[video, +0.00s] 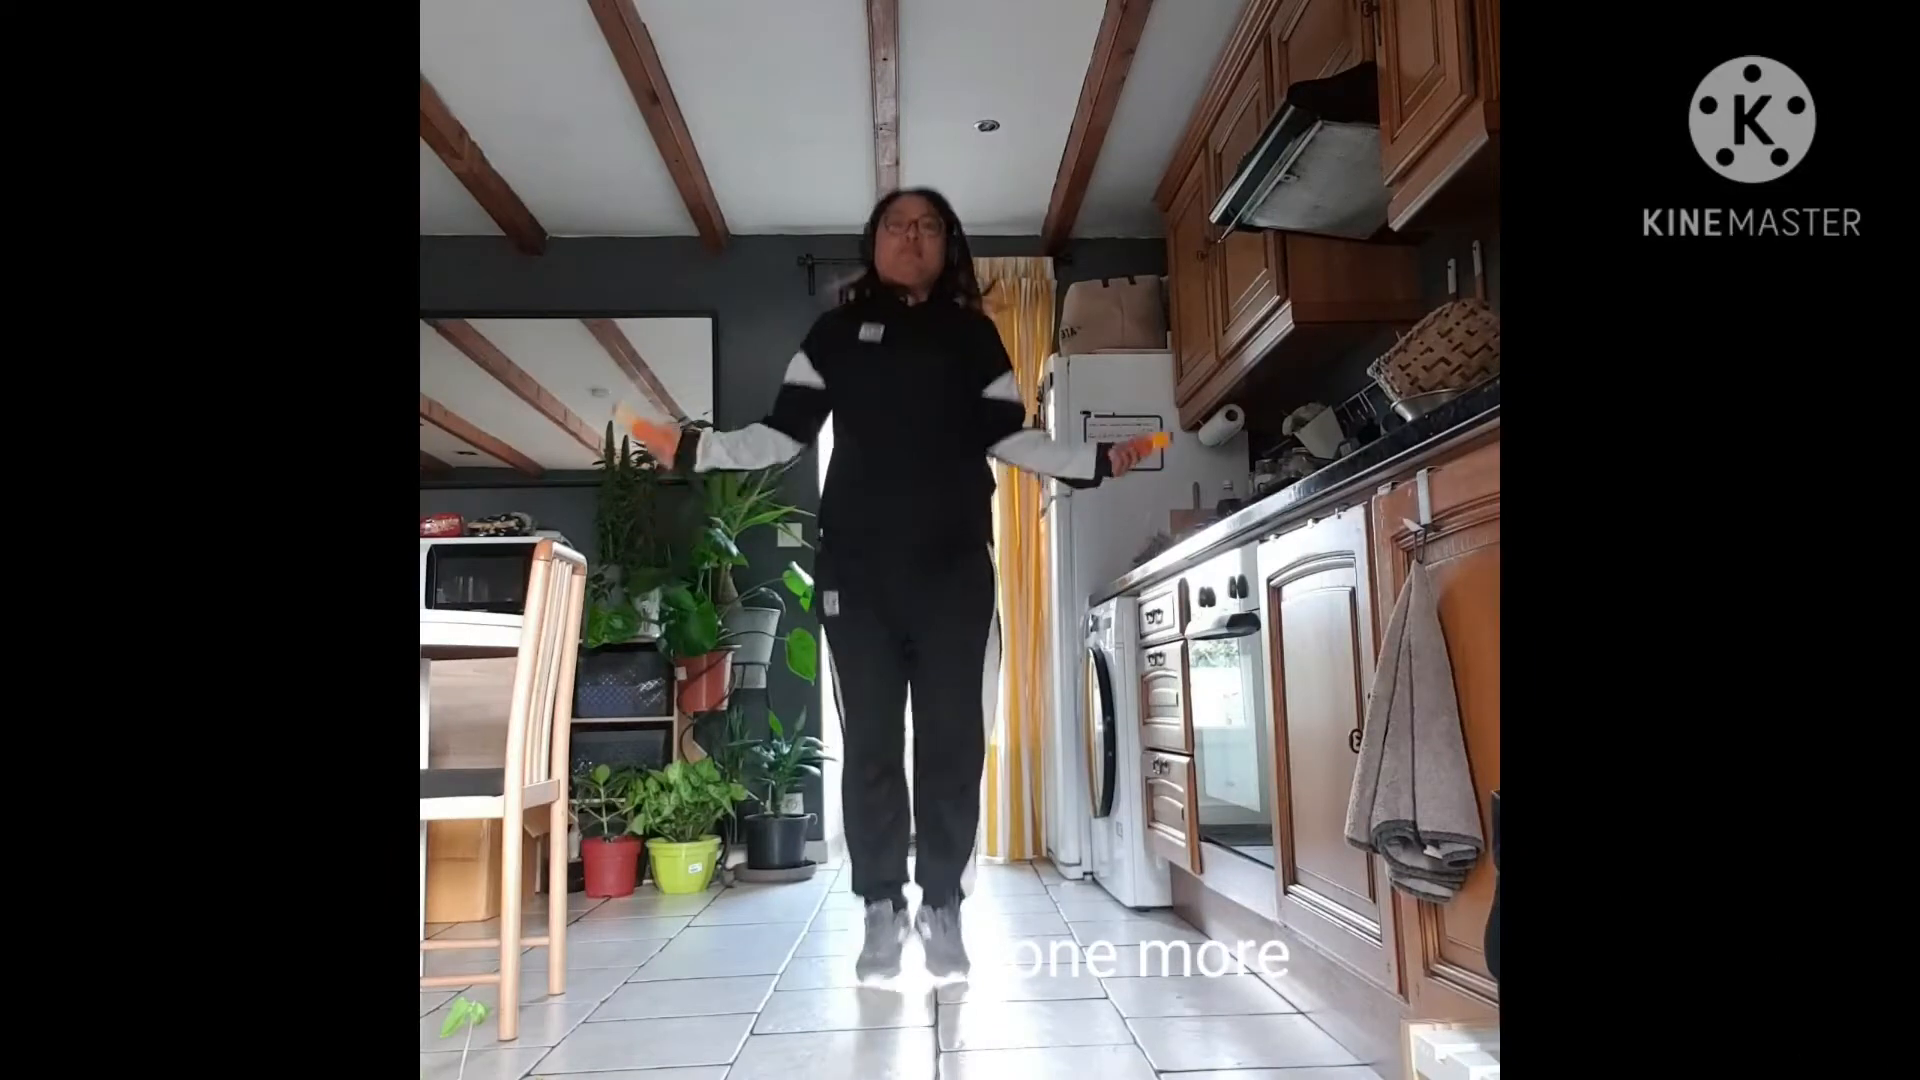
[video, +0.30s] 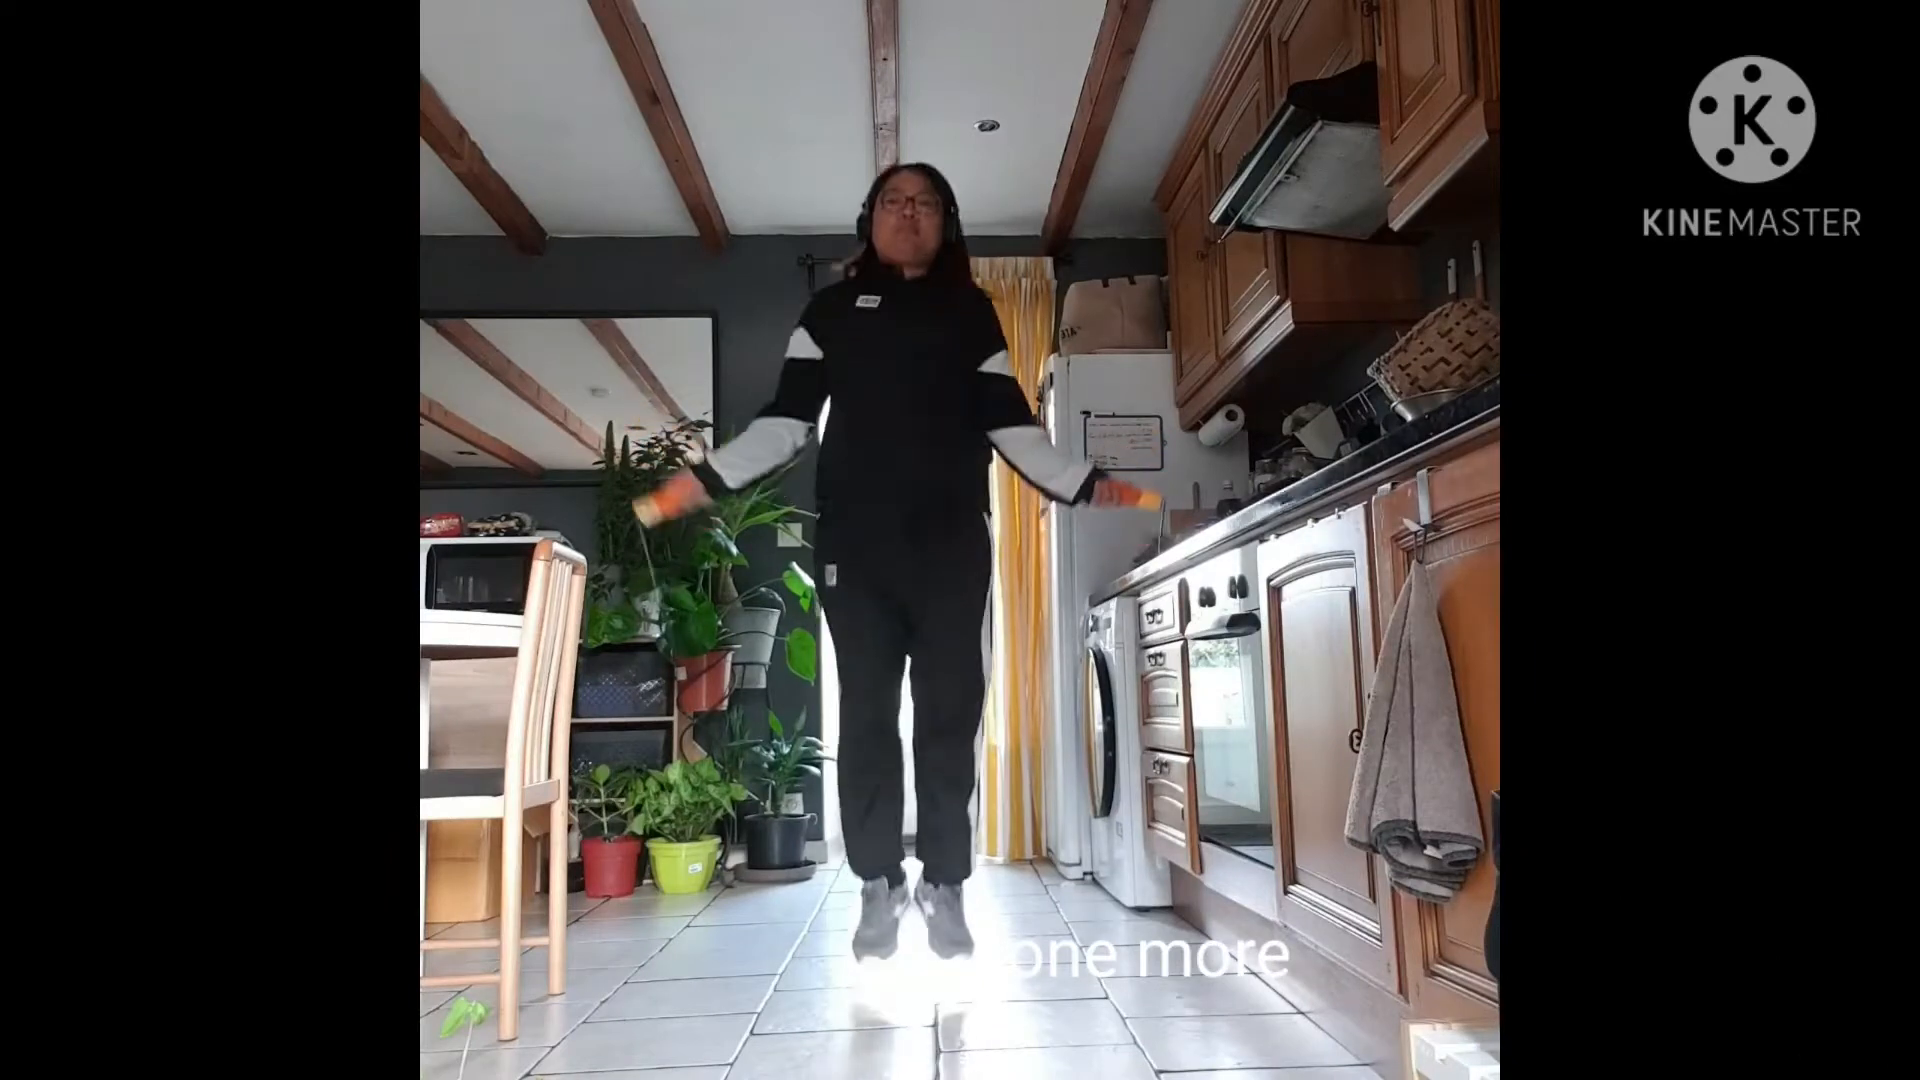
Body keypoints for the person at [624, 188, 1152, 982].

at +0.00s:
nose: (910, 236)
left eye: (926, 226)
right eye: (895, 225)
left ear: (949, 250)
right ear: (871, 247)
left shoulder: (972, 335)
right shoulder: (835, 332)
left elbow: (1009, 439)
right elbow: (784, 434)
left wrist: (1098, 460)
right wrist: (693, 446)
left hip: (953, 562)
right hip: (859, 561)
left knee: (952, 739)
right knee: (870, 740)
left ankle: (942, 909)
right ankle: (882, 912)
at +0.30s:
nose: (908, 215)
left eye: (924, 204)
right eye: (893, 203)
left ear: (947, 224)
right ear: (869, 223)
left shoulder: (969, 312)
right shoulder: (833, 311)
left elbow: (1008, 421)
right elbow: (790, 417)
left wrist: (1081, 482)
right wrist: (705, 476)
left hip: (951, 543)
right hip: (857, 541)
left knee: (950, 715)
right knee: (867, 716)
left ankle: (944, 884)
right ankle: (879, 885)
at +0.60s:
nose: (905, 261)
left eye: (921, 250)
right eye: (891, 249)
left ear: (944, 272)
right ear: (868, 269)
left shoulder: (970, 364)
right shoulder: (831, 358)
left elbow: (1006, 470)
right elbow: (785, 460)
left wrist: (1073, 498)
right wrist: (727, 490)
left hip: (953, 593)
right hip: (856, 592)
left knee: (949, 763)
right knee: (867, 765)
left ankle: (940, 924)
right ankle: (881, 927)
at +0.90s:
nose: (899, 254)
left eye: (915, 244)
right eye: (884, 242)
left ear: (938, 267)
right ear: (862, 263)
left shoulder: (964, 356)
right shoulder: (828, 354)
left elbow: (1001, 456)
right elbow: (777, 454)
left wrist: (1090, 462)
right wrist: (692, 446)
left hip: (945, 583)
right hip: (849, 583)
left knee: (943, 754)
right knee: (860, 755)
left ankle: (938, 921)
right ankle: (872, 920)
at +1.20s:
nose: (899, 212)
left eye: (914, 201)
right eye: (884, 200)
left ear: (938, 221)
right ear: (859, 219)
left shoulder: (963, 309)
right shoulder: (825, 307)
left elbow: (1002, 421)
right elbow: (782, 421)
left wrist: (1081, 468)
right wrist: (694, 465)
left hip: (946, 533)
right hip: (849, 531)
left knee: (941, 710)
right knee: (859, 711)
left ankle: (938, 884)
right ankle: (873, 881)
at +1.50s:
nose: (901, 268)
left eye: (918, 257)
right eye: (887, 255)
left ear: (940, 277)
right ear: (865, 273)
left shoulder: (966, 367)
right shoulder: (827, 364)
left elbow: (1002, 473)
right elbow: (786, 466)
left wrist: (1077, 515)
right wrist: (726, 514)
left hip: (948, 593)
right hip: (852, 592)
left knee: (946, 760)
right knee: (864, 761)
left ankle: (937, 920)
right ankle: (880, 920)